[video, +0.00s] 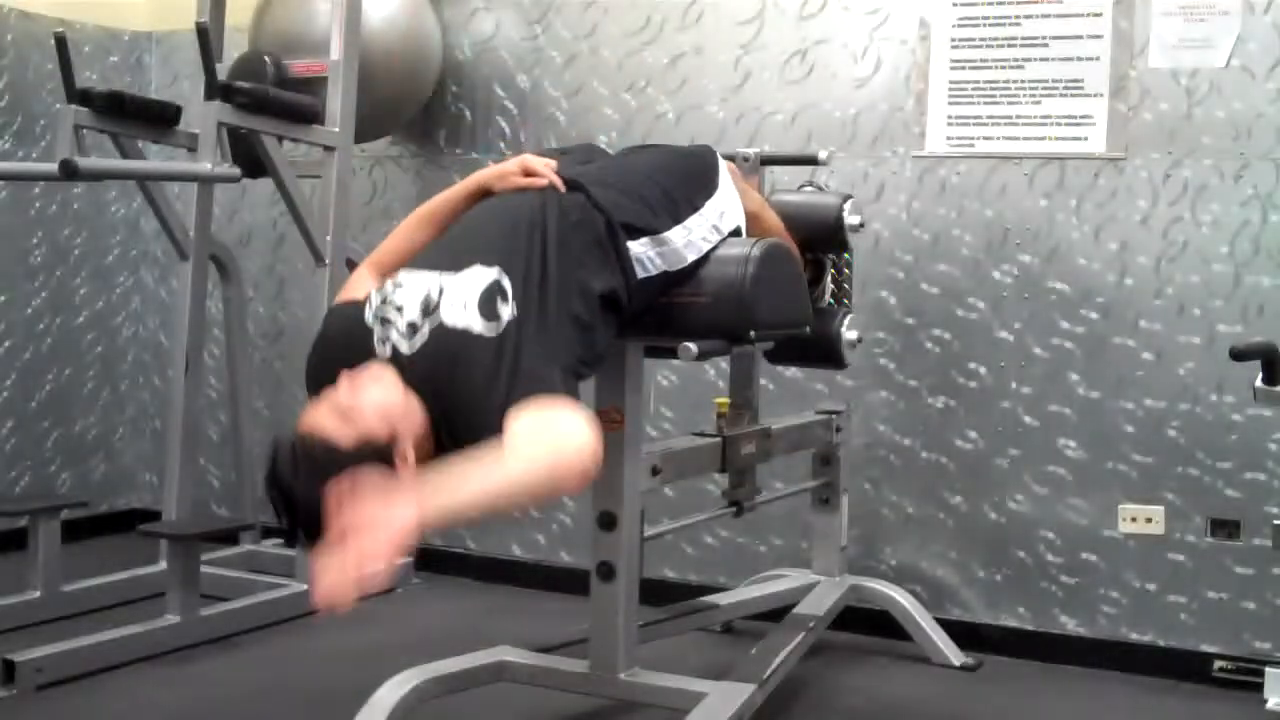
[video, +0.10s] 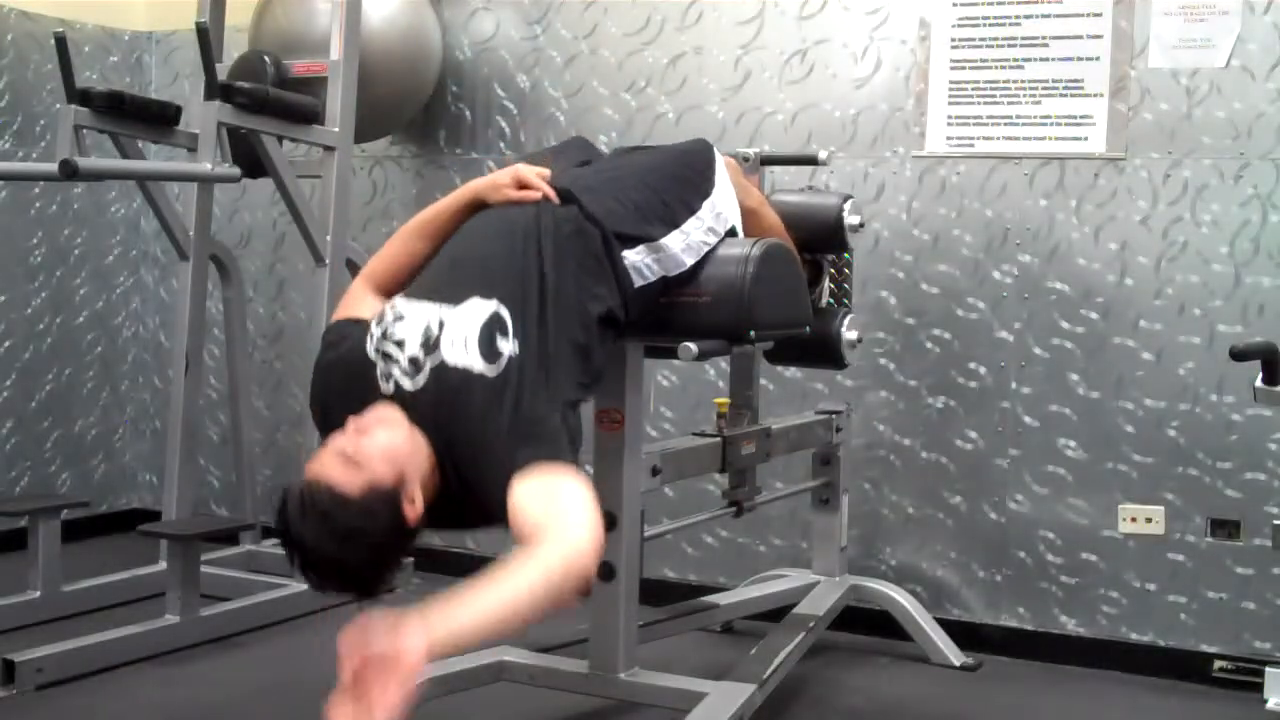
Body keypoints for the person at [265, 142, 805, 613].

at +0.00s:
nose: (356, 394)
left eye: (335, 409)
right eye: (359, 422)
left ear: (312, 401)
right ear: (402, 461)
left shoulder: (331, 354)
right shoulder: (487, 404)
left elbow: (377, 268)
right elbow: (571, 448)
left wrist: (480, 183)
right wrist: (410, 504)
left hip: (534, 198)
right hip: (606, 235)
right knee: (727, 177)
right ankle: (799, 273)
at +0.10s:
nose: (353, 433)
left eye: (334, 453)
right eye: (361, 461)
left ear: (313, 445)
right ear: (412, 505)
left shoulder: (336, 383)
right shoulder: (503, 453)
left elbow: (375, 282)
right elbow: (569, 550)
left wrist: (470, 195)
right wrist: (419, 632)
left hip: (501, 222)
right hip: (586, 241)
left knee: (579, 150)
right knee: (718, 169)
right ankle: (801, 283)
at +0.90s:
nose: (387, 71)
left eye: (374, 66)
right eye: (378, 77)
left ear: (292, 139)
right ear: (379, 119)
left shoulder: (311, 199)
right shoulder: (466, 180)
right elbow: (634, 109)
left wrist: (539, 128)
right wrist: (632, 3)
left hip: (494, 289)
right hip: (600, 268)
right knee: (722, 160)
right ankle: (798, 304)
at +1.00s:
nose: (447, 4)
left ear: (359, 11)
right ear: (428, 5)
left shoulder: (337, 86)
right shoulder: (484, 68)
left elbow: (454, 164)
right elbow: (656, 58)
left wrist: (567, 134)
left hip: (504, 269)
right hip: (606, 256)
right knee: (725, 159)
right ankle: (794, 289)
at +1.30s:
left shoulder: (433, 5)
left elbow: (444, 125)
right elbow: (749, 46)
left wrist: (518, 104)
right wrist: (768, 82)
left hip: (511, 241)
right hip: (625, 227)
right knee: (737, 156)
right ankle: (794, 310)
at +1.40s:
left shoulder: (450, 2)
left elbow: (446, 122)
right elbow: (761, 76)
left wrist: (520, 122)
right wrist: (773, 115)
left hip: (510, 237)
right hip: (627, 230)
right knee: (741, 151)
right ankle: (794, 303)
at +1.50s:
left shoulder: (457, 1)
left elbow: (448, 118)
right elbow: (754, 88)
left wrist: (524, 127)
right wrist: (778, 143)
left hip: (511, 235)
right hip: (628, 228)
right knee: (745, 150)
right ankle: (796, 302)